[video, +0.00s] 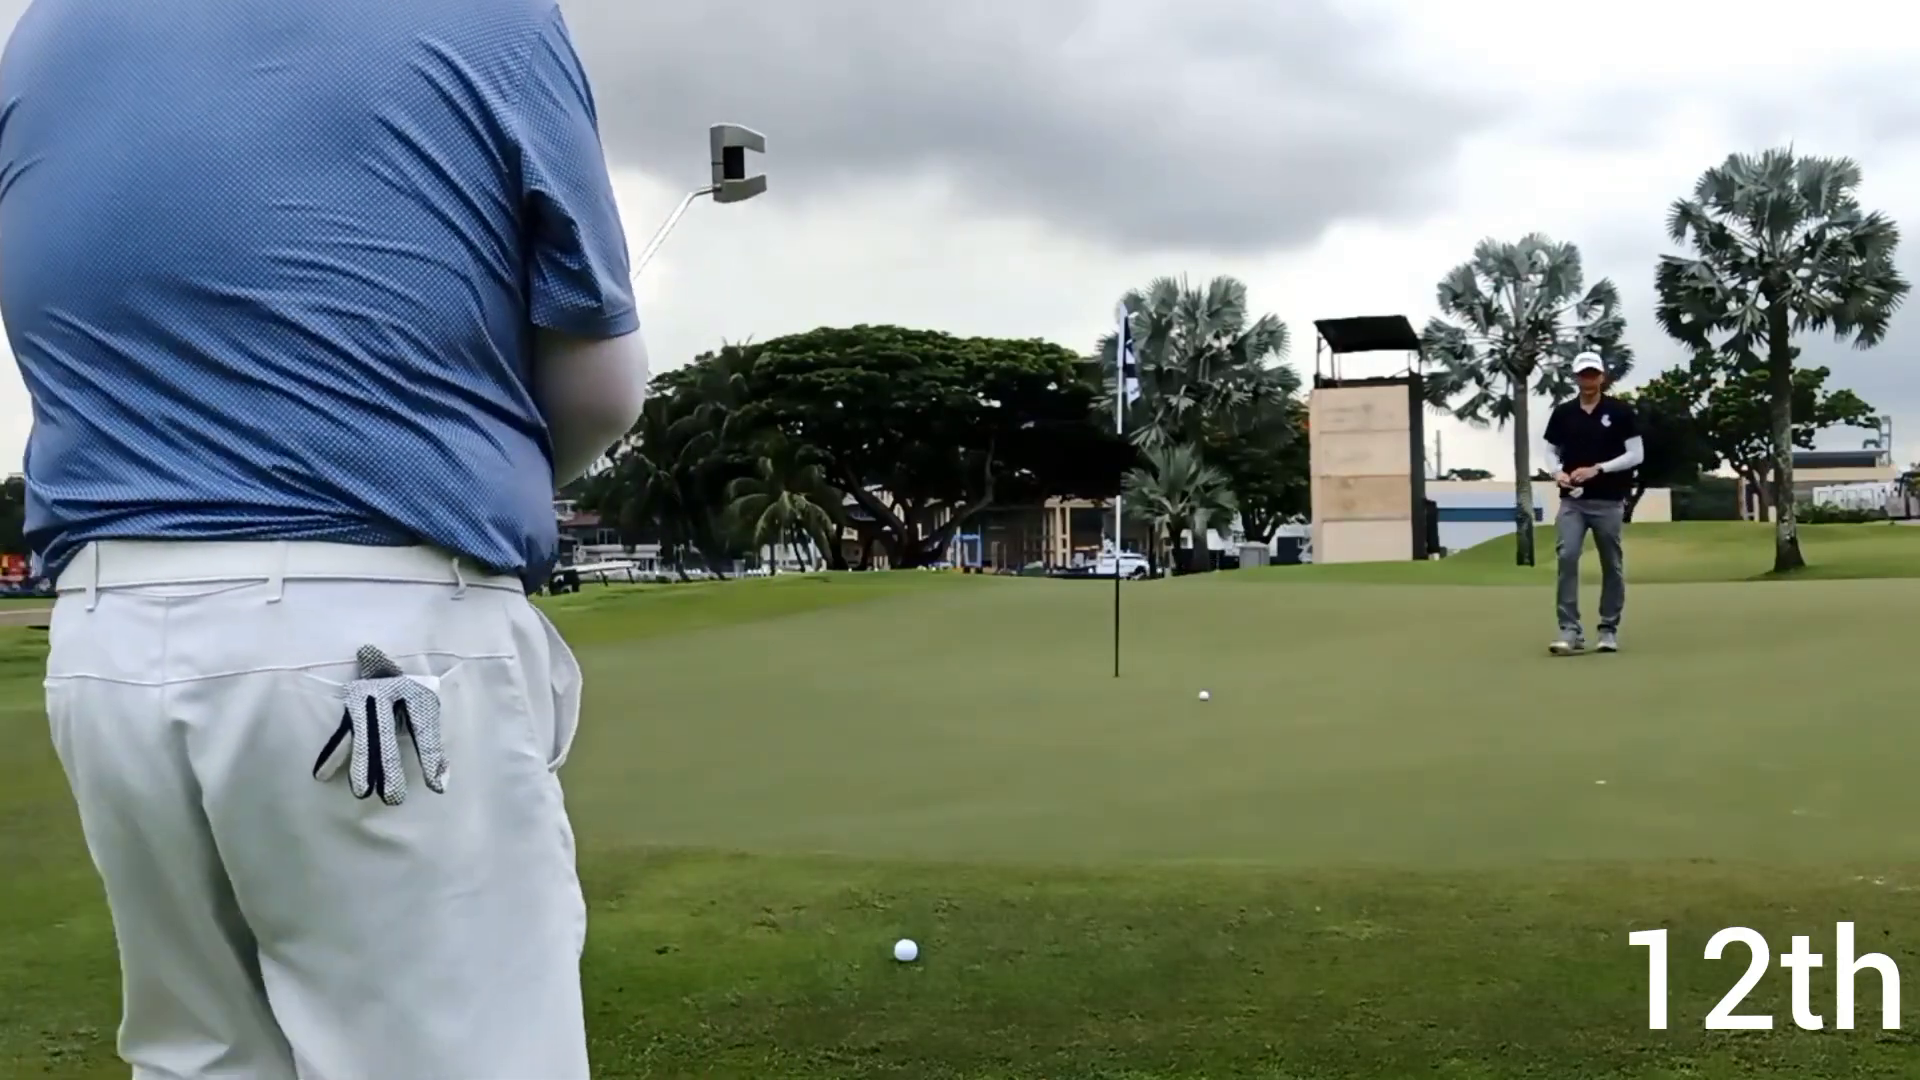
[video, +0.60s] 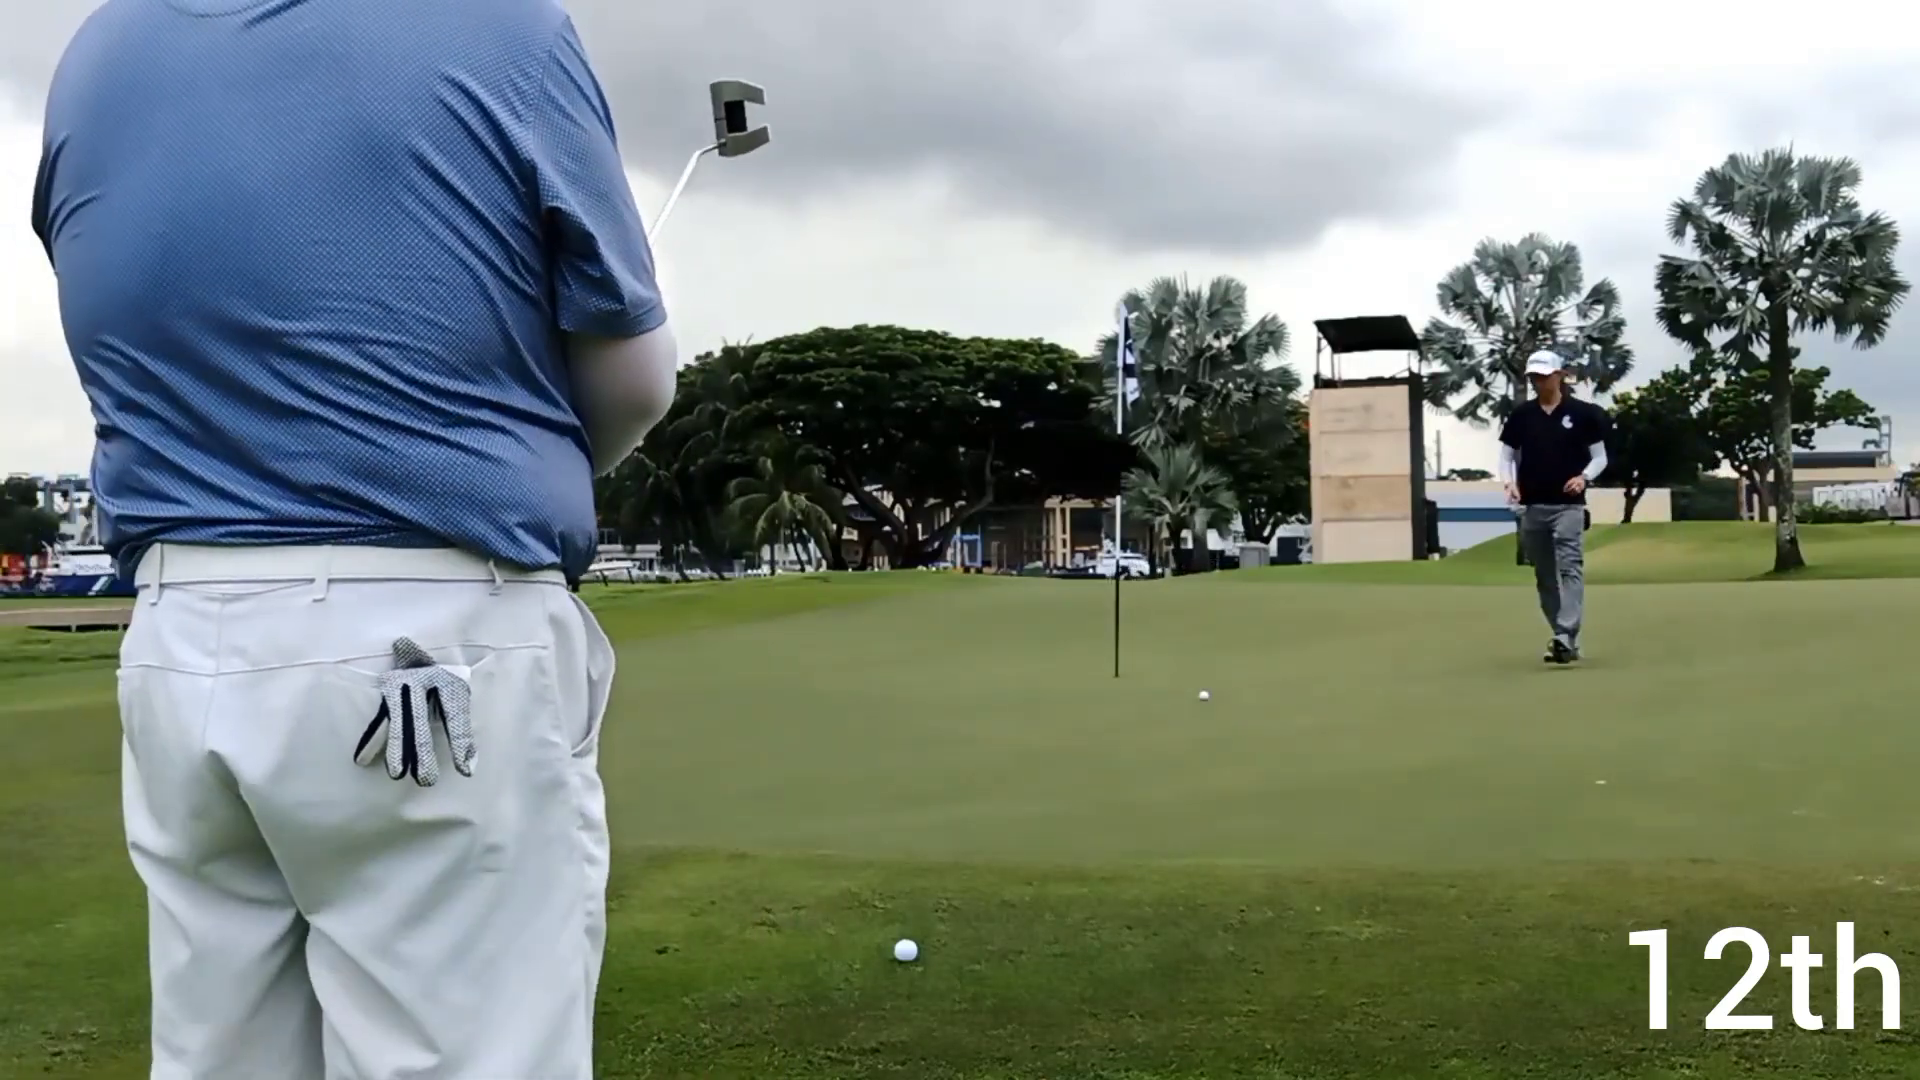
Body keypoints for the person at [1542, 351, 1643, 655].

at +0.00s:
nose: (1588, 380)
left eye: (1594, 374)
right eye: (1583, 374)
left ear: (1603, 377)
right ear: (1576, 378)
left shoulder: (1620, 412)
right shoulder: (1563, 413)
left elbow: (1636, 455)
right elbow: (1550, 453)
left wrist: (1597, 468)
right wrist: (1559, 472)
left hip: (1609, 504)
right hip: (1572, 502)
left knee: (1612, 566)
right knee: (1566, 556)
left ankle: (1608, 629)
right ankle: (1569, 630)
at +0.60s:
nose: (1537, 382)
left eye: (1543, 376)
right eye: (1533, 377)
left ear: (1559, 375)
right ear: (1529, 379)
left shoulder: (1583, 414)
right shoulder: (1520, 416)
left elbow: (1600, 456)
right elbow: (1506, 456)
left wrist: (1585, 476)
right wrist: (1509, 482)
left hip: (1567, 507)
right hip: (1532, 508)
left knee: (1568, 569)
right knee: (1545, 576)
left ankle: (1565, 635)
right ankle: (1563, 636)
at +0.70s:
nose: (1530, 386)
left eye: (1536, 380)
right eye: (1527, 381)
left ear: (1553, 379)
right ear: (1525, 382)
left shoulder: (1577, 417)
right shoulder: (1516, 420)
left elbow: (1598, 461)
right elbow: (1504, 461)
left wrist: (1586, 484)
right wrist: (1502, 495)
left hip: (1561, 510)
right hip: (1526, 511)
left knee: (1557, 572)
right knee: (1537, 579)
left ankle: (1553, 643)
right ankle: (1561, 635)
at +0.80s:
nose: (1524, 385)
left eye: (1530, 379)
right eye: (1522, 379)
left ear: (1548, 378)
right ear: (1521, 381)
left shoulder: (1573, 417)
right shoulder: (1513, 419)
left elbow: (1595, 461)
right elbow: (1501, 466)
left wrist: (1582, 484)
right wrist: (1494, 503)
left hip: (1557, 508)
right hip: (1521, 511)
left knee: (1553, 571)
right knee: (1522, 578)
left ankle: (1553, 645)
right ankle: (1551, 622)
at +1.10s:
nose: (1504, 375)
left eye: (1510, 367)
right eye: (1499, 369)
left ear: (1526, 366)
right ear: (1495, 372)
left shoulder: (1547, 403)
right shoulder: (1492, 408)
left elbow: (1567, 449)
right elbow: (1483, 458)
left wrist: (1531, 459)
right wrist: (1475, 505)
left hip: (1537, 508)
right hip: (1497, 507)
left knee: (1549, 579)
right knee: (1487, 571)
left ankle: (1551, 648)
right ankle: (1488, 650)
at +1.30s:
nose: (1491, 375)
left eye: (1496, 368)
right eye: (1485, 370)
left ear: (1504, 369)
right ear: (1475, 374)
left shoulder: (1524, 405)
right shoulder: (1463, 414)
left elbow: (1535, 451)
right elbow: (1458, 465)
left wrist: (1513, 482)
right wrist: (1455, 509)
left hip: (1514, 512)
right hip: (1472, 512)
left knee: (1531, 583)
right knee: (1468, 582)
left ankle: (1544, 645)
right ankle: (1475, 658)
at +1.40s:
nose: (1482, 369)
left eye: (1486, 362)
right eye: (1474, 364)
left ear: (1494, 363)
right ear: (1462, 370)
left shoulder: (1515, 402)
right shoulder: (1451, 410)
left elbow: (1527, 454)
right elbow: (1444, 464)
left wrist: (1526, 500)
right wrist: (1440, 510)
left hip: (1505, 507)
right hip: (1463, 509)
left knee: (1509, 574)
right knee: (1464, 584)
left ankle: (1529, 632)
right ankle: (1474, 658)